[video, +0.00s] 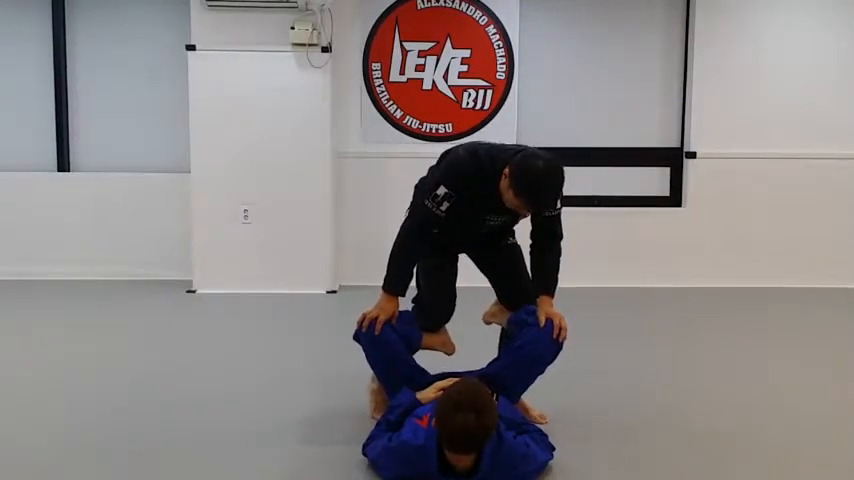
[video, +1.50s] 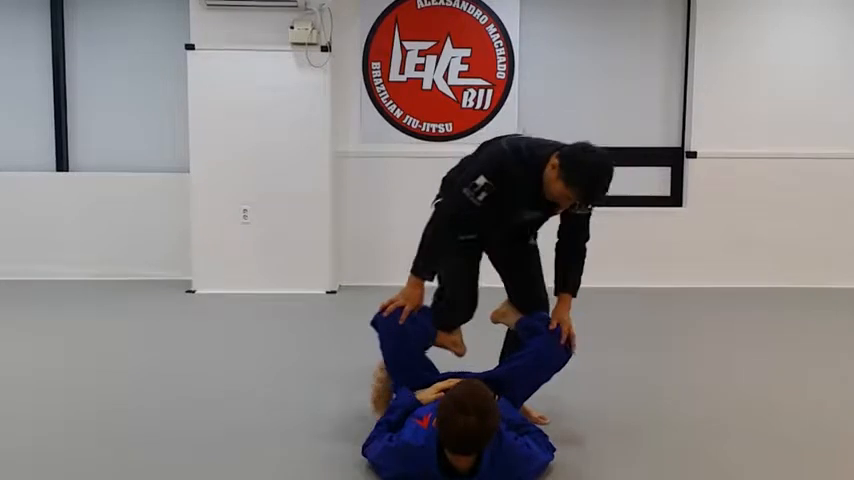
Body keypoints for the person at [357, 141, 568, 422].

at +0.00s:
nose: (522, 215)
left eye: (529, 211)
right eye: (518, 206)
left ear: (547, 194)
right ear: (506, 177)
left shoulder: (545, 181)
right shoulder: (462, 165)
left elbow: (547, 239)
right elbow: (413, 228)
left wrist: (546, 299)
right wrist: (390, 296)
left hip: (491, 231)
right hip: (439, 230)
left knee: (525, 304)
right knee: (436, 311)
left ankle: (508, 392)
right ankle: (385, 373)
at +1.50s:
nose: (566, 207)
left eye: (576, 203)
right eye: (566, 196)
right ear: (553, 167)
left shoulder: (581, 183)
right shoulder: (501, 160)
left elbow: (573, 239)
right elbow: (446, 215)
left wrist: (564, 304)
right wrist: (416, 283)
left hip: (513, 229)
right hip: (464, 221)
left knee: (534, 311)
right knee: (458, 308)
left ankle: (509, 398)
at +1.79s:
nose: (576, 196)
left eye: (585, 192)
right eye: (575, 185)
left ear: (596, 187)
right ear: (564, 157)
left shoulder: (589, 180)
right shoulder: (515, 155)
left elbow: (582, 231)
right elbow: (459, 212)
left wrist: (573, 290)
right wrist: (427, 281)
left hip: (523, 232)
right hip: (475, 220)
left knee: (536, 315)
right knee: (489, 293)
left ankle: (508, 398)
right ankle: (416, 305)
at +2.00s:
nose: (580, 189)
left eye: (589, 185)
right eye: (579, 179)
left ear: (600, 180)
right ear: (567, 149)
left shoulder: (588, 173)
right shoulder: (518, 153)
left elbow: (584, 220)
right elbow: (465, 209)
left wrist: (578, 280)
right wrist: (432, 279)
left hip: (526, 236)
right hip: (481, 230)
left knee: (543, 318)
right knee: (513, 303)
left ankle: (510, 396)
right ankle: (453, 305)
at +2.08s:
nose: (581, 188)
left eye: (589, 183)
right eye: (580, 177)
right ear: (568, 148)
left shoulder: (586, 171)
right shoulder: (518, 154)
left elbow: (584, 219)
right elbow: (465, 210)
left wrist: (579, 278)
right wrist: (432, 280)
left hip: (525, 237)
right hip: (480, 231)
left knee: (545, 318)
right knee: (517, 306)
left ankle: (510, 397)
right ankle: (456, 315)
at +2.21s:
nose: (582, 187)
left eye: (589, 182)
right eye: (580, 176)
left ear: (600, 177)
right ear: (568, 147)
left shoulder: (585, 171)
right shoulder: (517, 154)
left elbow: (583, 220)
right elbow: (465, 214)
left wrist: (578, 276)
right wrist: (433, 281)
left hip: (525, 239)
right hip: (480, 232)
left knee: (545, 317)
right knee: (521, 307)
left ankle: (509, 396)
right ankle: (458, 319)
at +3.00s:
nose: (569, 188)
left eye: (577, 183)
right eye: (567, 177)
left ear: (587, 178)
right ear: (553, 150)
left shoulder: (573, 179)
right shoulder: (504, 156)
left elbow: (568, 225)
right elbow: (456, 216)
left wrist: (548, 274)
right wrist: (425, 286)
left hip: (520, 243)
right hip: (475, 235)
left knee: (541, 309)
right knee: (512, 303)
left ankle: (508, 394)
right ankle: (452, 333)